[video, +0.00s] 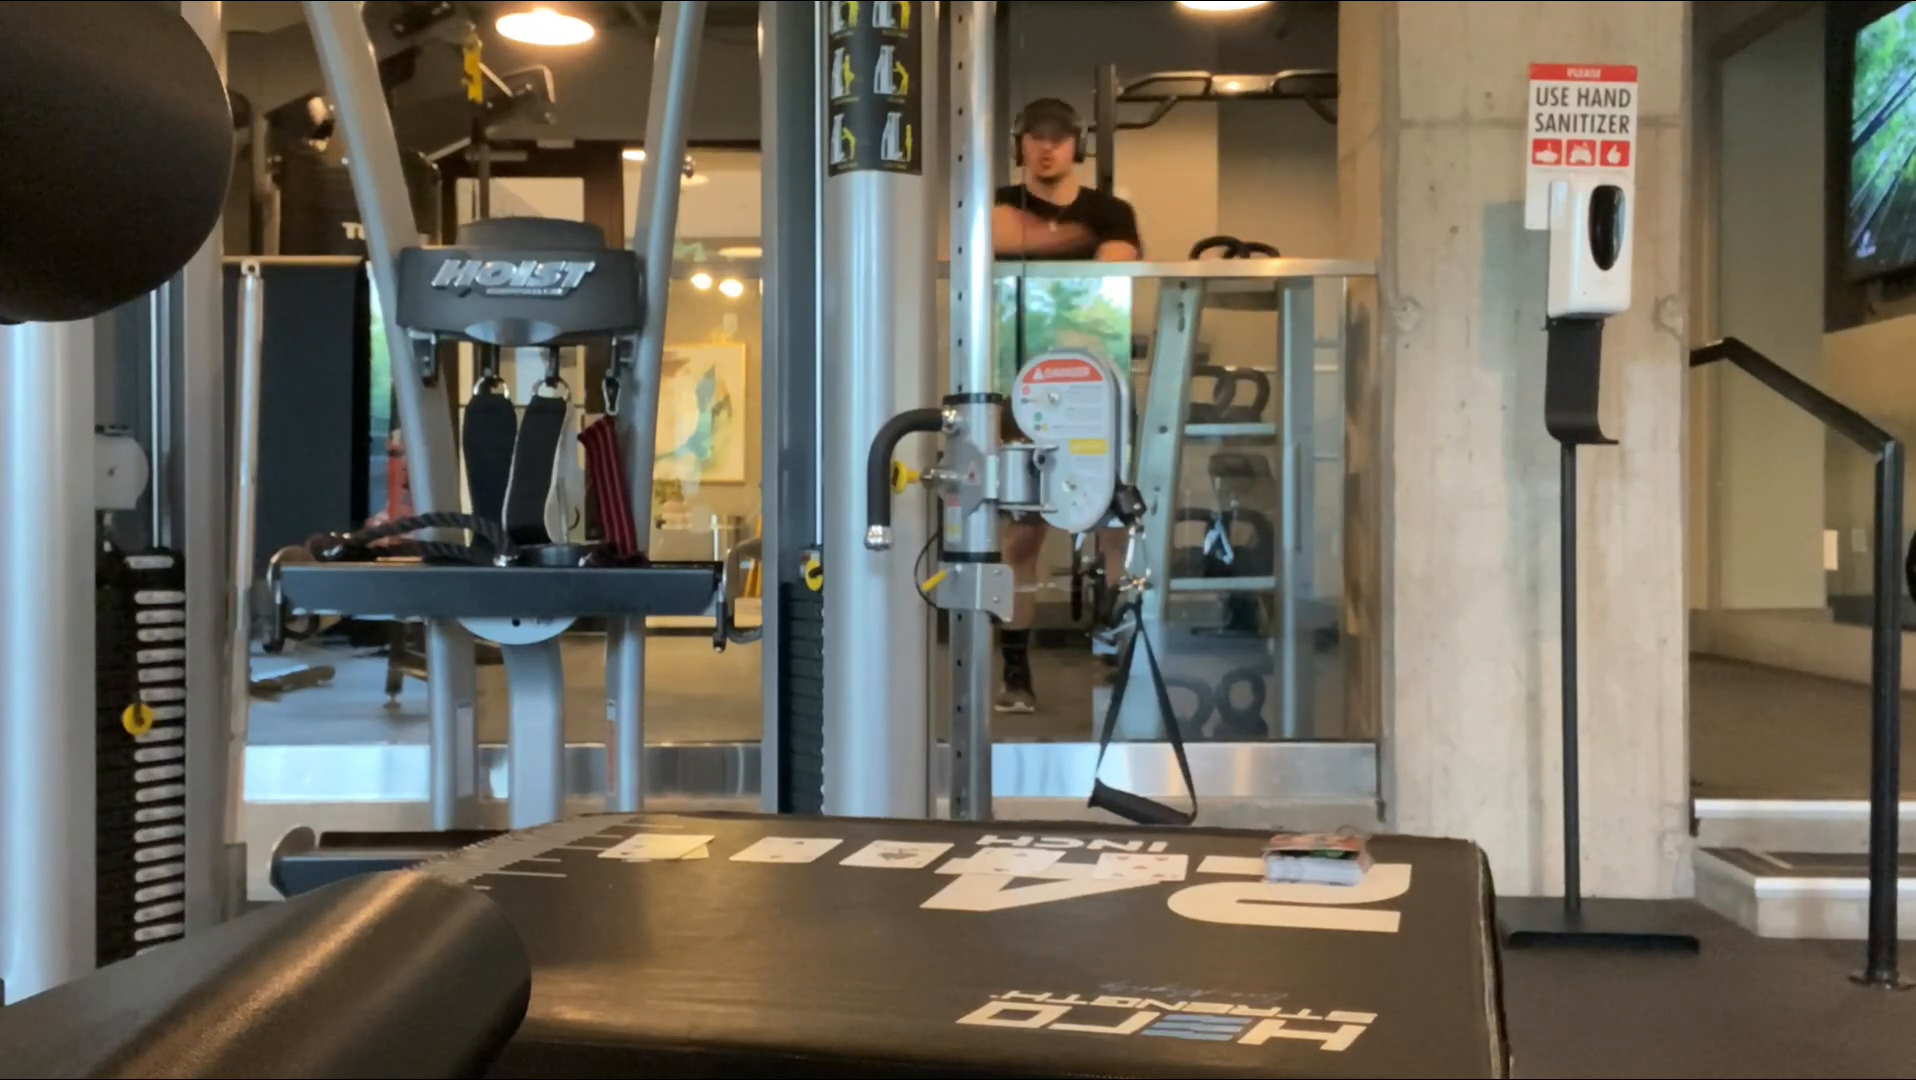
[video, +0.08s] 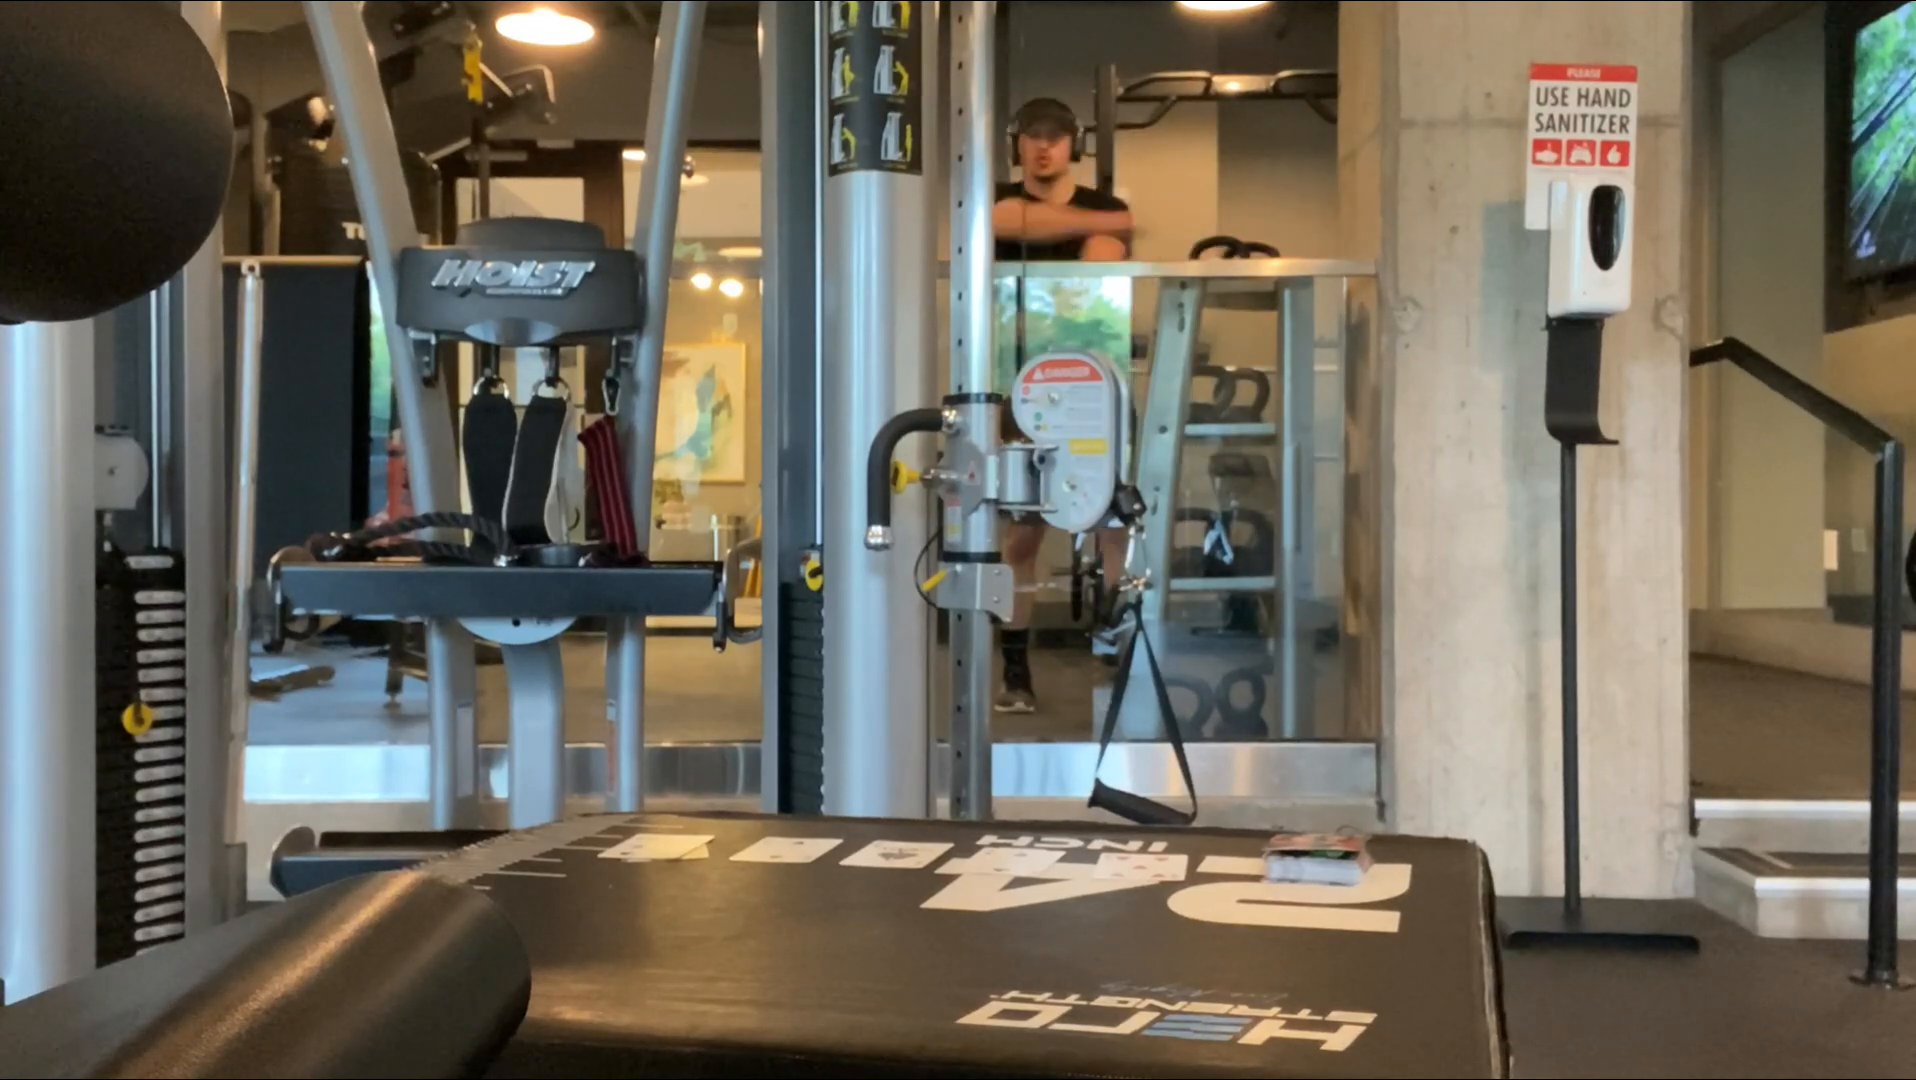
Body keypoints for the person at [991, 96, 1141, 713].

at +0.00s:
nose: (1047, 151)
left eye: (1057, 140)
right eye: (1037, 140)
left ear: (1076, 147)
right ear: (1020, 147)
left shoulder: (1110, 212)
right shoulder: (999, 206)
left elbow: (1120, 284)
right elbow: (997, 242)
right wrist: (1084, 237)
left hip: (1093, 387)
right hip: (1016, 385)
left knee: (1112, 520)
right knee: (1020, 534)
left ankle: (1123, 643)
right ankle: (1015, 659)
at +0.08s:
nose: (1044, 148)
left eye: (1054, 138)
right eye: (1034, 138)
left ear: (1073, 147)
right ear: (1017, 147)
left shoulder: (1105, 210)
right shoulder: (1001, 202)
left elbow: (1117, 245)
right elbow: (1000, 222)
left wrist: (1037, 225)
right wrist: (1095, 226)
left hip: (1092, 386)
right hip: (1016, 383)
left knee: (1112, 515)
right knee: (1021, 533)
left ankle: (1120, 629)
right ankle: (1015, 658)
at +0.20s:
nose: (1046, 141)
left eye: (1057, 131)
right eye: (1036, 132)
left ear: (1075, 142)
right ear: (1019, 142)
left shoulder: (1100, 202)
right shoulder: (1003, 191)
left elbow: (1100, 241)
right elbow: (1046, 213)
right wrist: (1138, 210)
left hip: (1089, 373)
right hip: (1016, 370)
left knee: (1109, 506)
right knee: (1020, 527)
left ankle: (1112, 620)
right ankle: (1013, 652)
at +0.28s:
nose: (1054, 142)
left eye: (1064, 133)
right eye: (1043, 133)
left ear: (1081, 143)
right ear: (1024, 141)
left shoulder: (1103, 204)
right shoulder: (1008, 189)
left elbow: (1098, 253)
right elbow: (1070, 217)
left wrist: (1028, 247)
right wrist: (1146, 217)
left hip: (1093, 371)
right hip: (1020, 369)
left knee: (1110, 505)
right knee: (1020, 526)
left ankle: (1112, 620)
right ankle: (1014, 652)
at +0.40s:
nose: (1059, 143)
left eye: (1070, 134)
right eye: (1048, 133)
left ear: (1086, 146)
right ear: (1029, 143)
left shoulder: (1098, 209)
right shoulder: (1016, 194)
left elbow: (1134, 243)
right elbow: (1099, 233)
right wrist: (1186, 242)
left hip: (1090, 387)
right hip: (1023, 385)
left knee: (1112, 511)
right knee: (1022, 526)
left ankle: (1117, 625)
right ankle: (1013, 655)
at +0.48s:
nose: (1073, 145)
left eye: (1083, 136)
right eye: (1062, 134)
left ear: (1097, 147)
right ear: (1041, 143)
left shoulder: (1117, 220)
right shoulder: (1024, 199)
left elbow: (1144, 300)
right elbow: (1076, 241)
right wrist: (1145, 257)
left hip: (1106, 390)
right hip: (1034, 388)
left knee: (1119, 512)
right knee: (1027, 531)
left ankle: (1121, 632)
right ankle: (1014, 656)